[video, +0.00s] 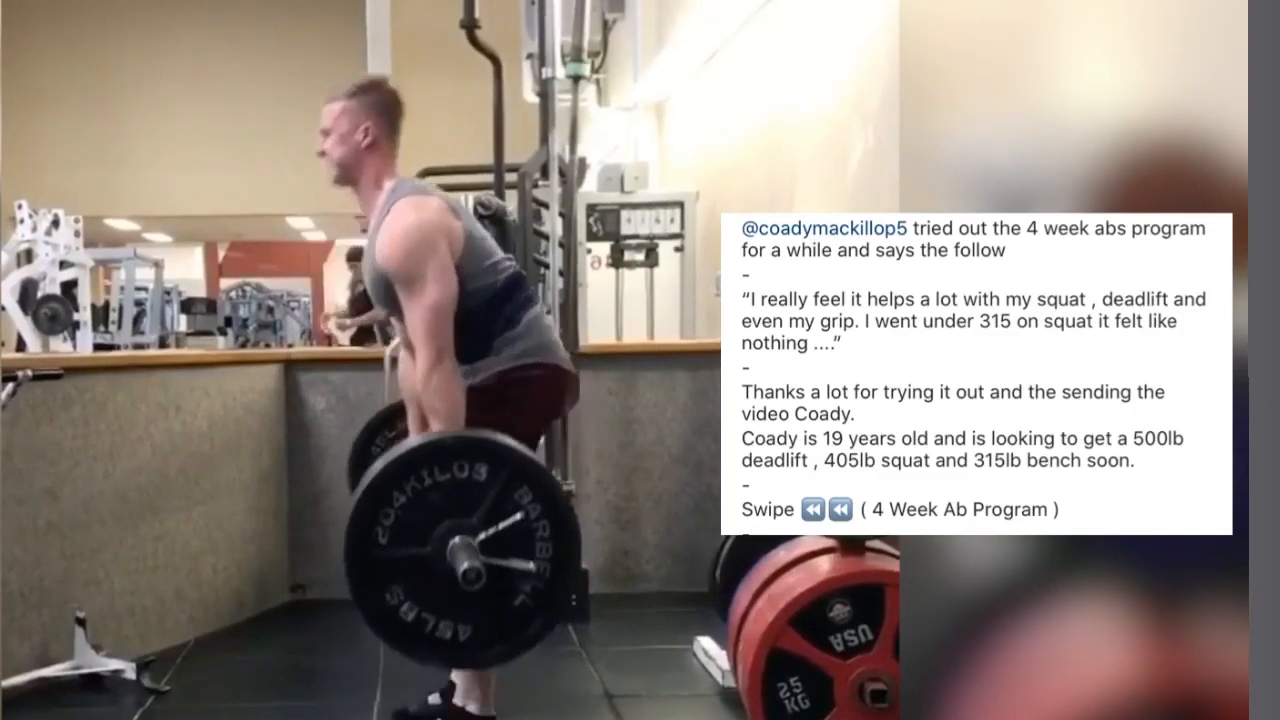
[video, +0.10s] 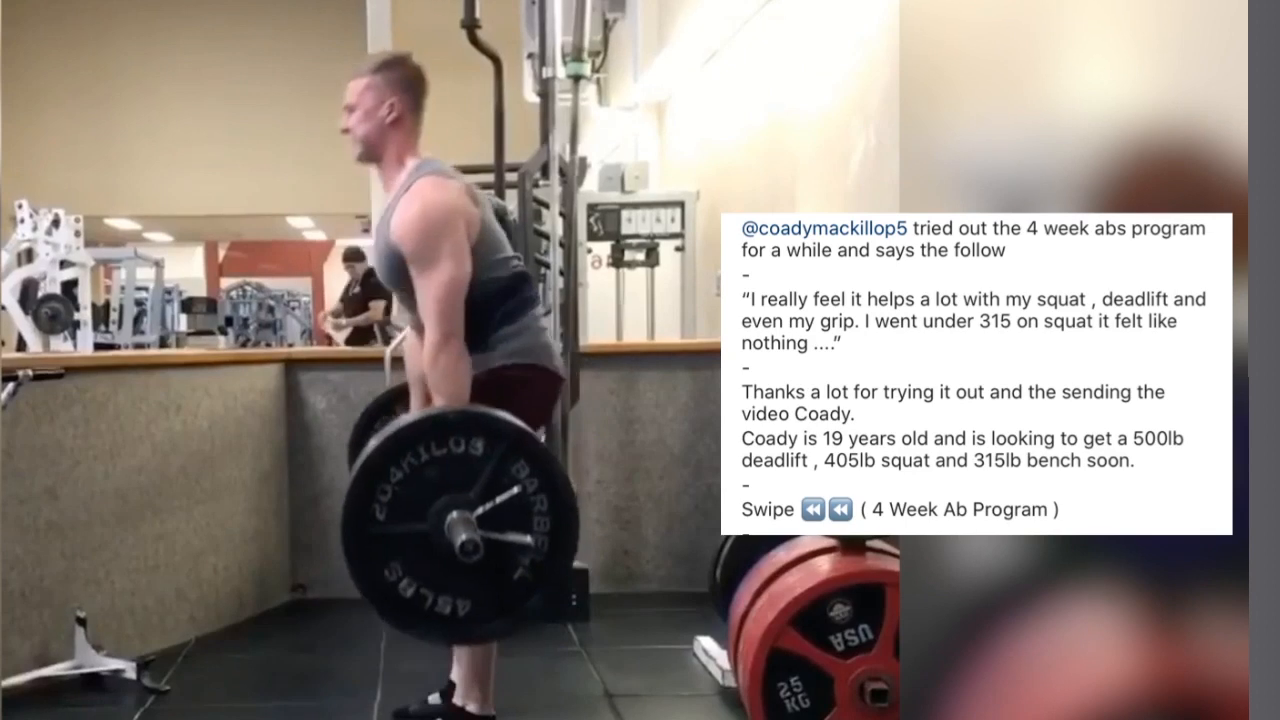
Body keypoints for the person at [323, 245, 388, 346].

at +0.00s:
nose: (352, 271)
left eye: (354, 267)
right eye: (350, 267)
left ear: (364, 264)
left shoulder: (373, 283)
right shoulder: (355, 284)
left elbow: (381, 313)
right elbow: (353, 312)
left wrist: (350, 323)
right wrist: (334, 316)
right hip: (358, 340)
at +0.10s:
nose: (349, 271)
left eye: (352, 267)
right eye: (347, 268)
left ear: (363, 263)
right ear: (344, 267)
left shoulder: (374, 282)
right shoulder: (352, 282)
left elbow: (376, 315)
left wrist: (345, 322)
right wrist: (328, 314)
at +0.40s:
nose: (337, 272)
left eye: (340, 268)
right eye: (334, 268)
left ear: (350, 264)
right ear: (331, 265)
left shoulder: (365, 284)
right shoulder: (334, 282)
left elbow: (362, 320)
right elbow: (325, 303)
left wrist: (330, 326)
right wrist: (313, 315)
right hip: (336, 339)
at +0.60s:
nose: (328, 269)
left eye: (331, 266)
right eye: (326, 265)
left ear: (342, 262)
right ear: (324, 262)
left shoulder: (357, 283)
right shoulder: (323, 279)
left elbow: (356, 320)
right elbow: (314, 303)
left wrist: (326, 328)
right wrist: (302, 317)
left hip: (346, 344)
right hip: (321, 342)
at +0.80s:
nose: (317, 269)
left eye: (321, 265)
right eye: (316, 265)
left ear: (332, 262)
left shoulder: (351, 282)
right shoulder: (314, 280)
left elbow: (357, 318)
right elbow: (304, 306)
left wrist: (330, 335)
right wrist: (285, 323)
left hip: (340, 347)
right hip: (312, 345)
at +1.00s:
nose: (309, 267)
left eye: (312, 262)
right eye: (305, 263)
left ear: (323, 261)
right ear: (303, 263)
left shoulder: (341, 282)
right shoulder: (302, 283)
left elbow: (354, 317)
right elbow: (297, 311)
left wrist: (338, 340)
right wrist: (284, 328)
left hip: (331, 346)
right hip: (304, 346)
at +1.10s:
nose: (304, 265)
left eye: (308, 260)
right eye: (300, 261)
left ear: (317, 260)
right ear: (296, 263)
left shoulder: (335, 282)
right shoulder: (293, 285)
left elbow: (350, 314)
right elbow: (287, 317)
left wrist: (339, 341)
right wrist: (271, 336)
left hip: (327, 350)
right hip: (299, 351)